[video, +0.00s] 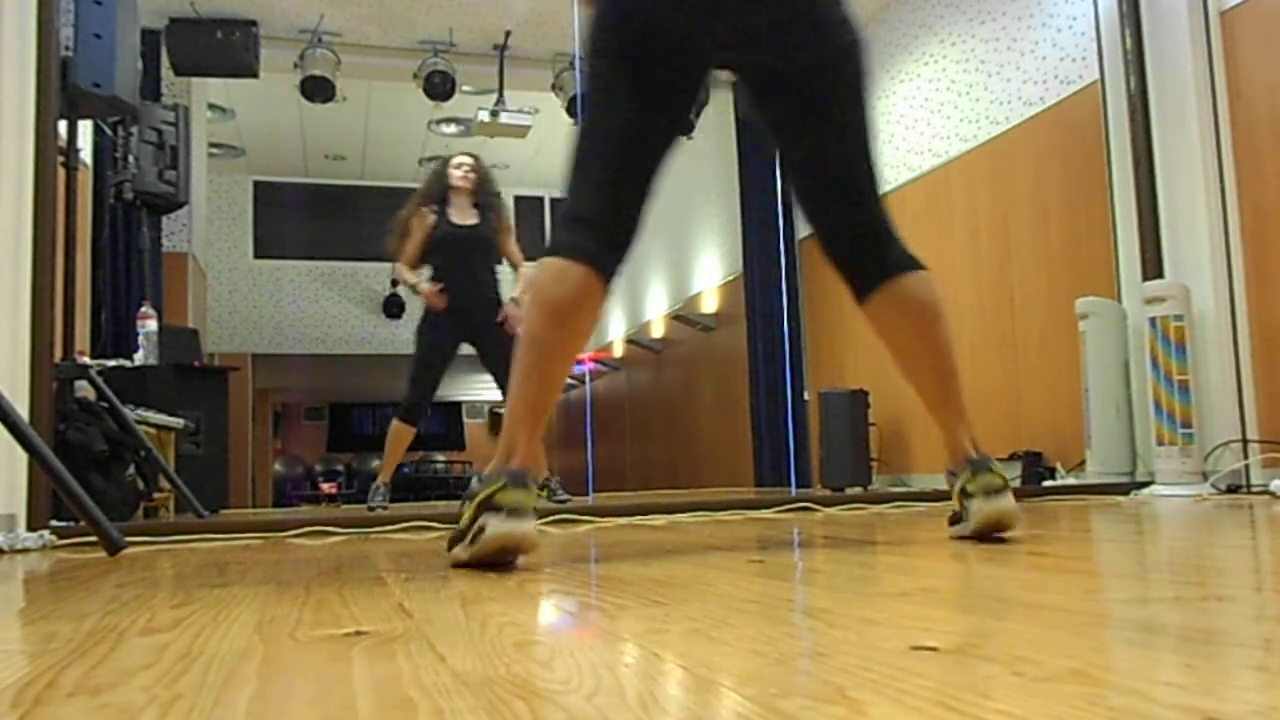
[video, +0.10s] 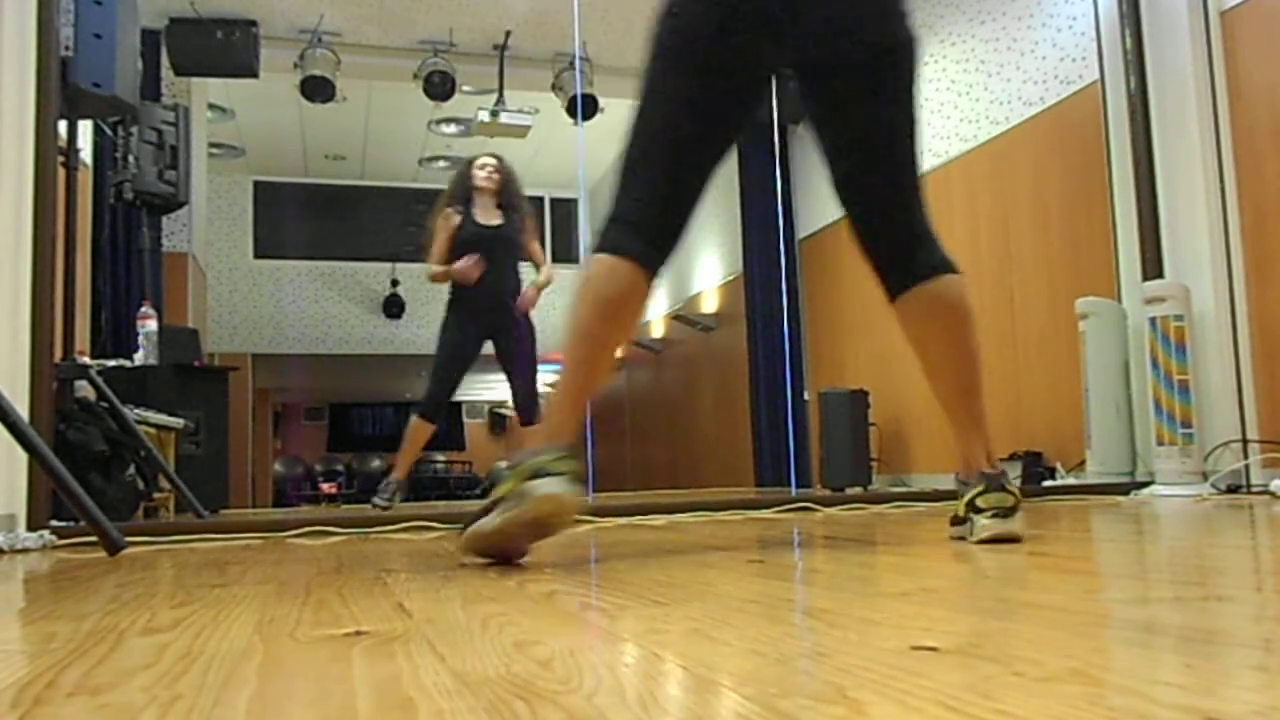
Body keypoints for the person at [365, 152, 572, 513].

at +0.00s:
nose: (465, 171)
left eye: (472, 168)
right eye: (458, 166)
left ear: (480, 179)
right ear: (445, 176)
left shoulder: (494, 219)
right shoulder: (429, 217)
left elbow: (521, 266)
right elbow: (402, 267)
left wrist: (517, 300)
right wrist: (421, 286)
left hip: (488, 317)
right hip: (442, 316)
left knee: (522, 395)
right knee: (416, 402)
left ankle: (544, 478)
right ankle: (383, 482)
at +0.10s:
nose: (488, 172)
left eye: (495, 169)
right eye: (481, 167)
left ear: (504, 181)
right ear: (468, 176)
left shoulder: (517, 220)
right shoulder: (452, 217)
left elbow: (545, 269)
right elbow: (433, 271)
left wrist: (535, 289)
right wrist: (454, 271)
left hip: (510, 315)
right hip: (465, 314)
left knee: (527, 400)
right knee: (435, 398)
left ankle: (536, 481)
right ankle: (396, 479)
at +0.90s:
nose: (524, 172)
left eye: (531, 168)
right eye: (519, 166)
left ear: (538, 178)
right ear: (507, 173)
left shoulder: (544, 217)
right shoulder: (491, 212)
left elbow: (574, 205)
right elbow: (481, 176)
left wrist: (549, 170)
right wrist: (505, 159)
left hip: (546, 307)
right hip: (504, 307)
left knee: (543, 396)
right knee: (499, 397)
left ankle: (546, 480)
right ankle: (483, 481)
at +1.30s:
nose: (525, 171)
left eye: (531, 168)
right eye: (519, 165)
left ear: (537, 180)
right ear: (504, 172)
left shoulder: (539, 217)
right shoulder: (484, 206)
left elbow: (564, 200)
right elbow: (463, 165)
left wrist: (547, 166)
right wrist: (493, 157)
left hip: (537, 307)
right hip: (495, 307)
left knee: (547, 394)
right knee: (494, 398)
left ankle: (546, 480)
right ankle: (483, 481)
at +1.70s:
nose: (534, 188)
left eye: (541, 184)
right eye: (528, 183)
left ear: (549, 196)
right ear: (514, 193)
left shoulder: (561, 238)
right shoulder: (497, 235)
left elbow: (579, 296)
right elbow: (479, 281)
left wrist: (564, 276)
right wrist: (478, 293)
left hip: (538, 329)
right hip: (494, 326)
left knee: (561, 412)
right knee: (467, 400)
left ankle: (593, 478)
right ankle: (480, 483)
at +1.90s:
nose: (549, 197)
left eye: (555, 193)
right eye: (542, 192)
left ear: (563, 201)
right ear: (529, 202)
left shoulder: (580, 242)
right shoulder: (518, 247)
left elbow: (609, 293)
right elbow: (511, 301)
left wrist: (601, 337)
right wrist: (502, 331)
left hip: (571, 340)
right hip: (528, 340)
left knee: (587, 411)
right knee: (476, 398)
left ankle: (599, 480)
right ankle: (485, 482)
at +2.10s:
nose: (564, 188)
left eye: (570, 183)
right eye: (557, 183)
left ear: (579, 192)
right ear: (544, 192)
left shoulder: (594, 231)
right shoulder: (532, 238)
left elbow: (627, 282)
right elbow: (524, 289)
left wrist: (627, 322)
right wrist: (528, 322)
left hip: (602, 329)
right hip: (559, 332)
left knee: (604, 405)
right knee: (507, 392)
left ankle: (604, 481)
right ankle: (491, 480)